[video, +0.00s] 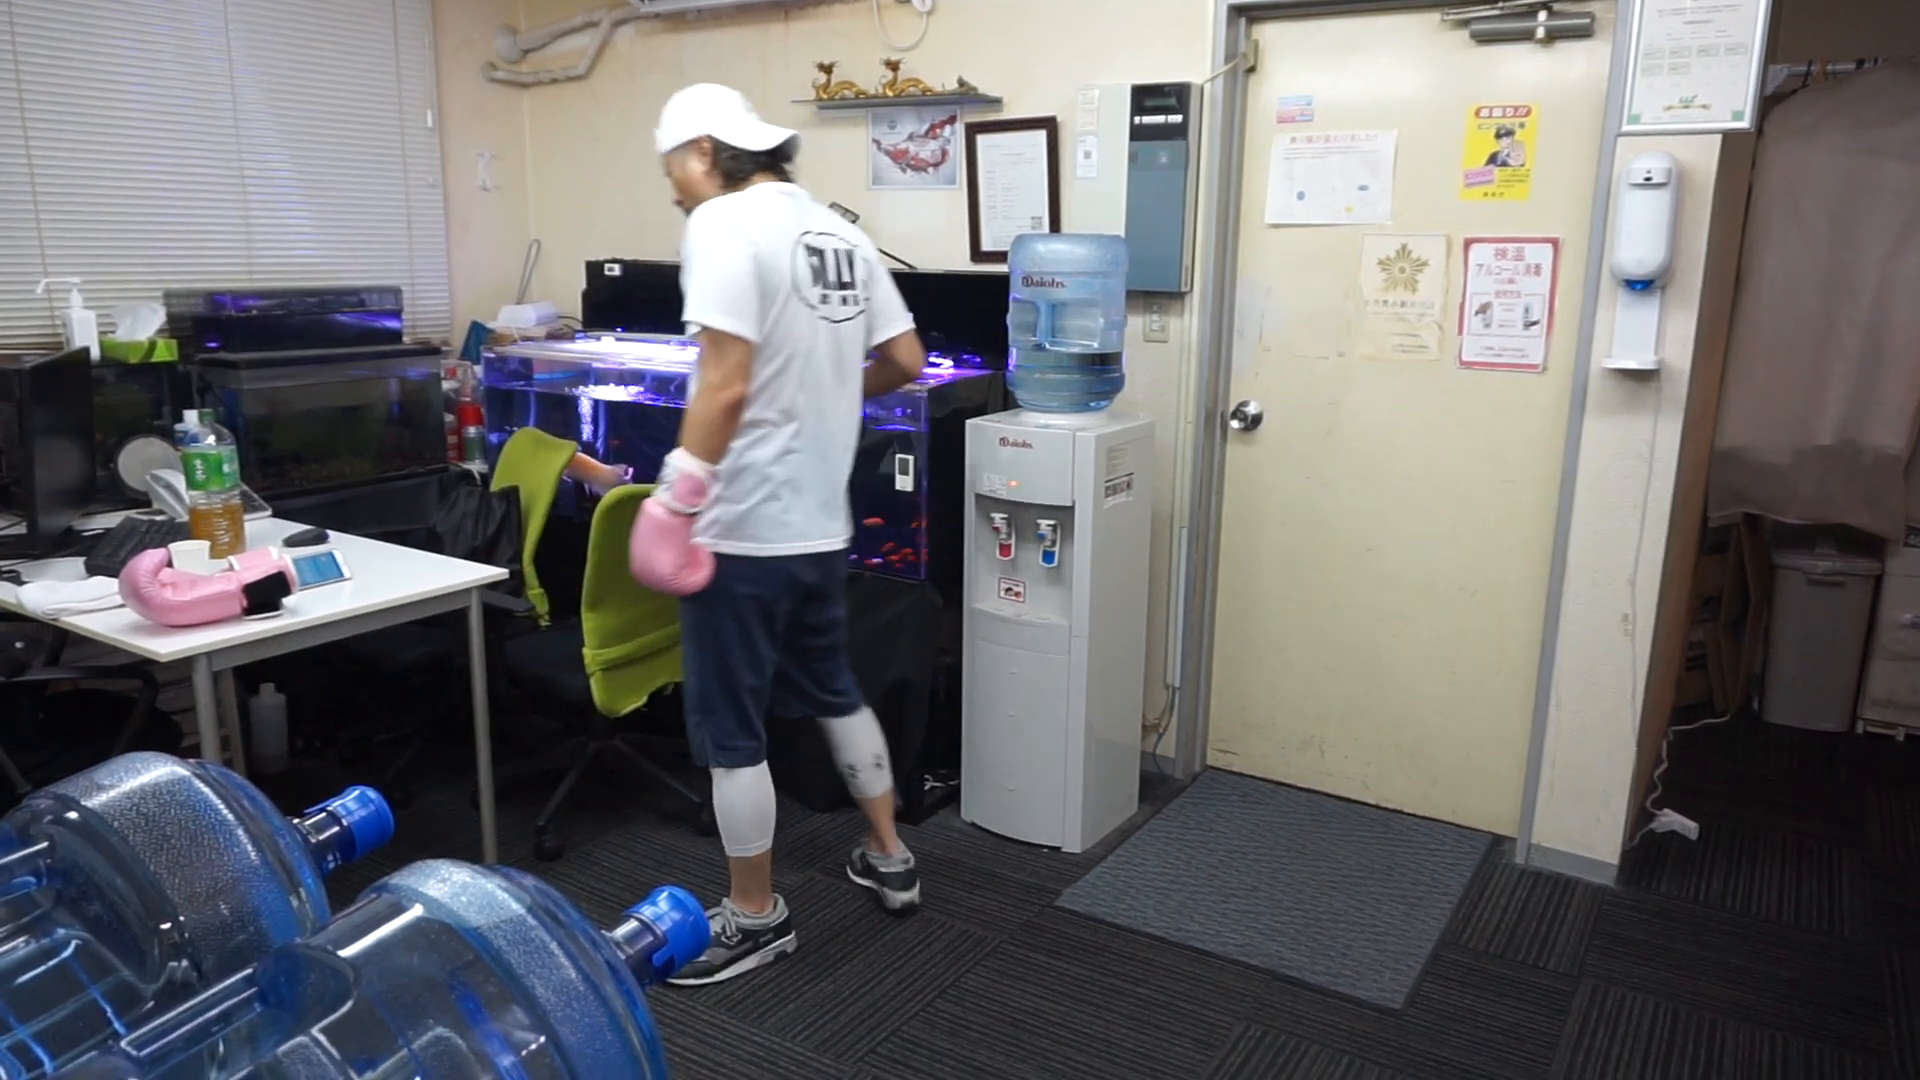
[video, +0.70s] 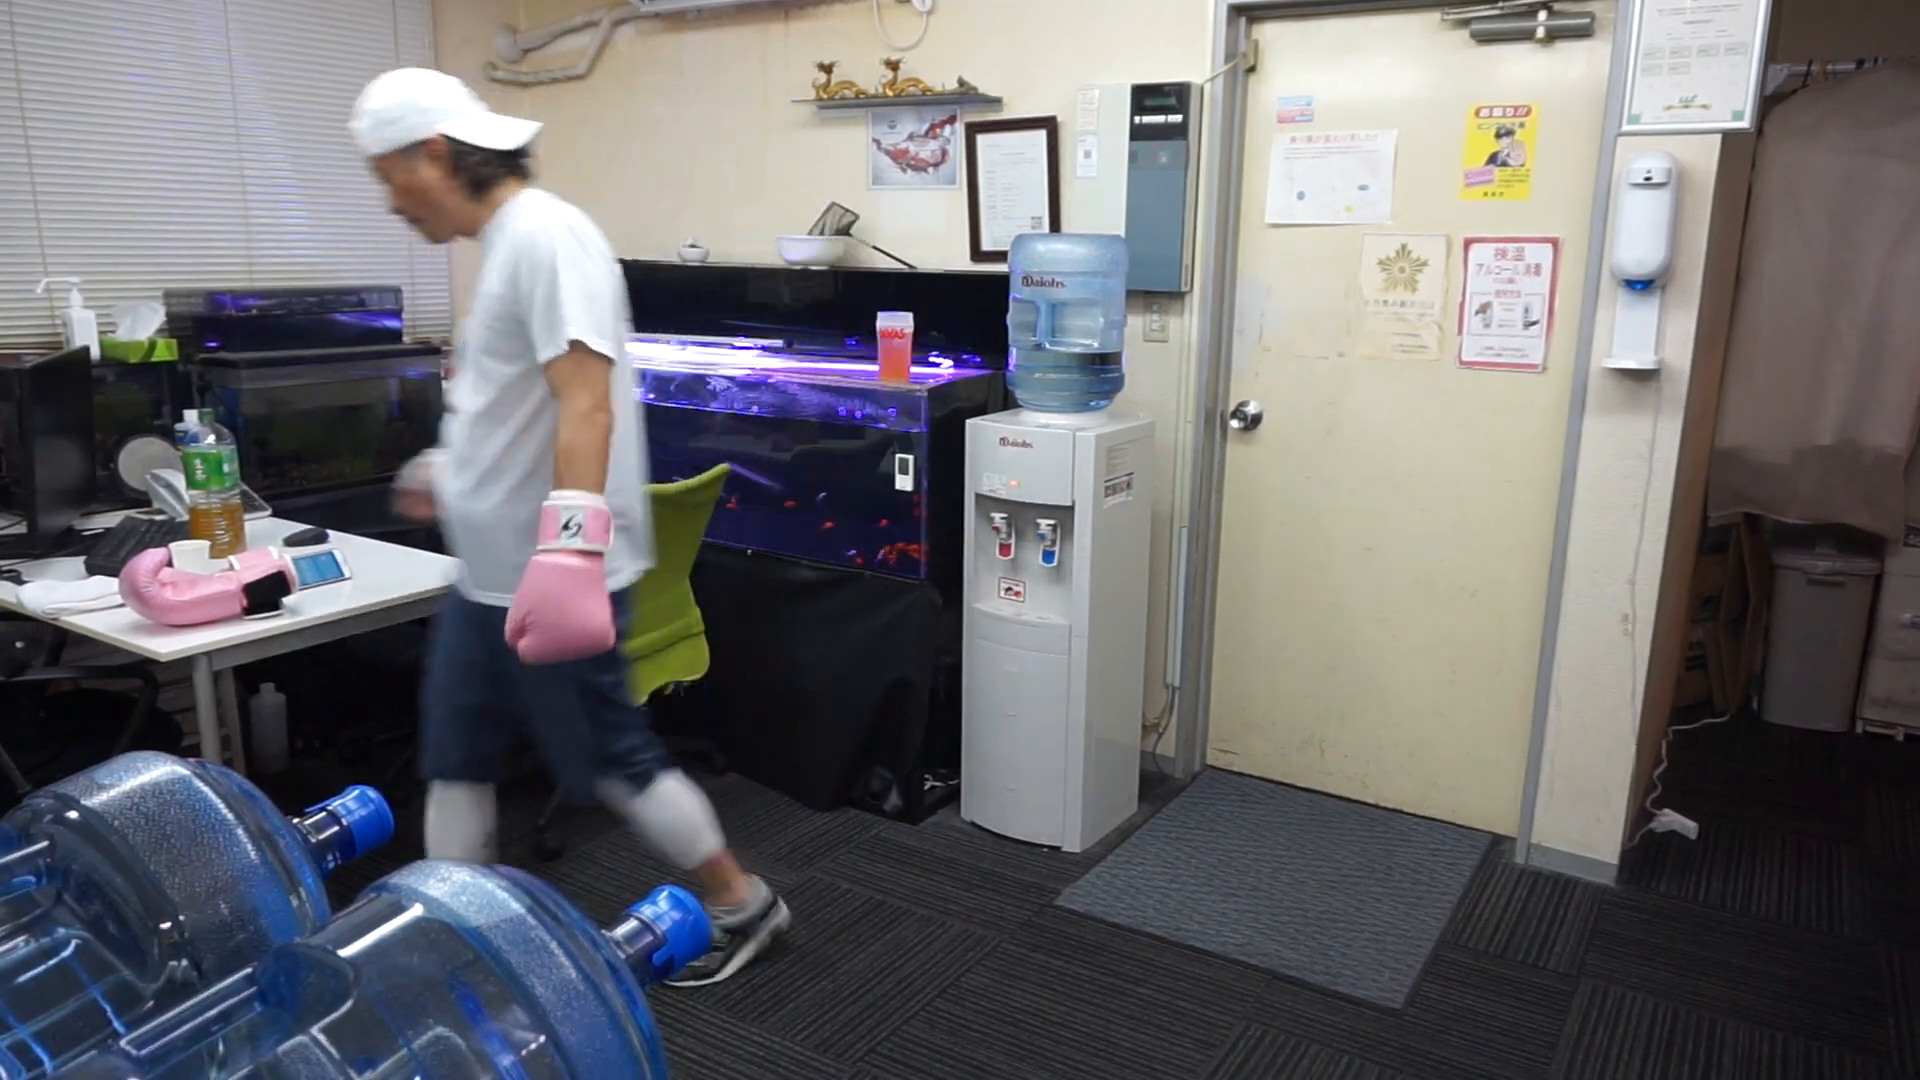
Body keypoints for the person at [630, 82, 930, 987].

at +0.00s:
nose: (671, 185)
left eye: (673, 166)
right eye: (669, 168)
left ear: (707, 154)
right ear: (752, 154)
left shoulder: (725, 226)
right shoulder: (840, 230)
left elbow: (726, 384)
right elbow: (903, 358)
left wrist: (674, 503)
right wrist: (819, 389)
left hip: (745, 529)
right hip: (822, 526)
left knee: (729, 725)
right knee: (834, 690)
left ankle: (755, 912)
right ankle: (891, 857)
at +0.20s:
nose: (611, 191)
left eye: (612, 169)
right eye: (607, 172)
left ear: (649, 150)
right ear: (681, 151)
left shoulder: (676, 232)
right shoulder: (786, 230)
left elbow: (663, 401)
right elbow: (832, 379)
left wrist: (609, 524)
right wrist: (760, 448)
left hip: (702, 532)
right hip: (768, 523)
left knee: (716, 726)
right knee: (735, 688)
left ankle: (754, 912)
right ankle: (806, 832)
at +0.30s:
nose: (577, 189)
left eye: (577, 167)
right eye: (572, 170)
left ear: (616, 147)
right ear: (644, 150)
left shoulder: (655, 233)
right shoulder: (747, 225)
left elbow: (643, 402)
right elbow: (800, 376)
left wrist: (585, 535)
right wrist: (741, 463)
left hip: (688, 538)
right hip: (738, 526)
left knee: (710, 731)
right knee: (647, 687)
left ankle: (759, 912)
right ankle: (702, 860)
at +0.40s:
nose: (536, 191)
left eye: (539, 170)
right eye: (531, 174)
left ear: (581, 152)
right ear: (608, 152)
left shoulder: (633, 237)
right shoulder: (701, 222)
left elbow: (625, 415)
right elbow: (769, 366)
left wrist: (568, 546)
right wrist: (699, 452)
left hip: (671, 546)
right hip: (683, 530)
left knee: (705, 737)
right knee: (590, 696)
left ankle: (756, 914)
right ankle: (593, 881)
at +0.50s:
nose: (493, 198)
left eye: (494, 175)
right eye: (485, 181)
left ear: (537, 154)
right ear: (554, 156)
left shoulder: (609, 241)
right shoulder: (649, 227)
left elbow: (613, 418)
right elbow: (716, 356)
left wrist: (563, 552)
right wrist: (647, 451)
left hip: (648, 557)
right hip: (623, 552)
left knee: (698, 745)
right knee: (550, 724)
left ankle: (756, 911)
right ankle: (496, 903)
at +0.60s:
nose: (447, 207)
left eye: (445, 183)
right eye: (437, 189)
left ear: (488, 158)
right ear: (493, 158)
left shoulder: (583, 241)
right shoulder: (559, 243)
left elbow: (601, 417)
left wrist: (566, 558)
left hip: (617, 570)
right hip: (558, 566)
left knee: (674, 751)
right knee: (503, 750)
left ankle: (751, 906)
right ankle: (469, 931)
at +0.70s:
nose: (390, 203)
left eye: (390, 178)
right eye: (382, 183)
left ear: (438, 153)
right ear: (441, 156)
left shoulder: (549, 237)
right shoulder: (503, 243)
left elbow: (586, 402)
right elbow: (522, 402)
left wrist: (571, 548)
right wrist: (451, 470)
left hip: (554, 571)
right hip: (487, 569)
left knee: (611, 756)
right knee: (457, 760)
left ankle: (743, 904)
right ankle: (453, 941)